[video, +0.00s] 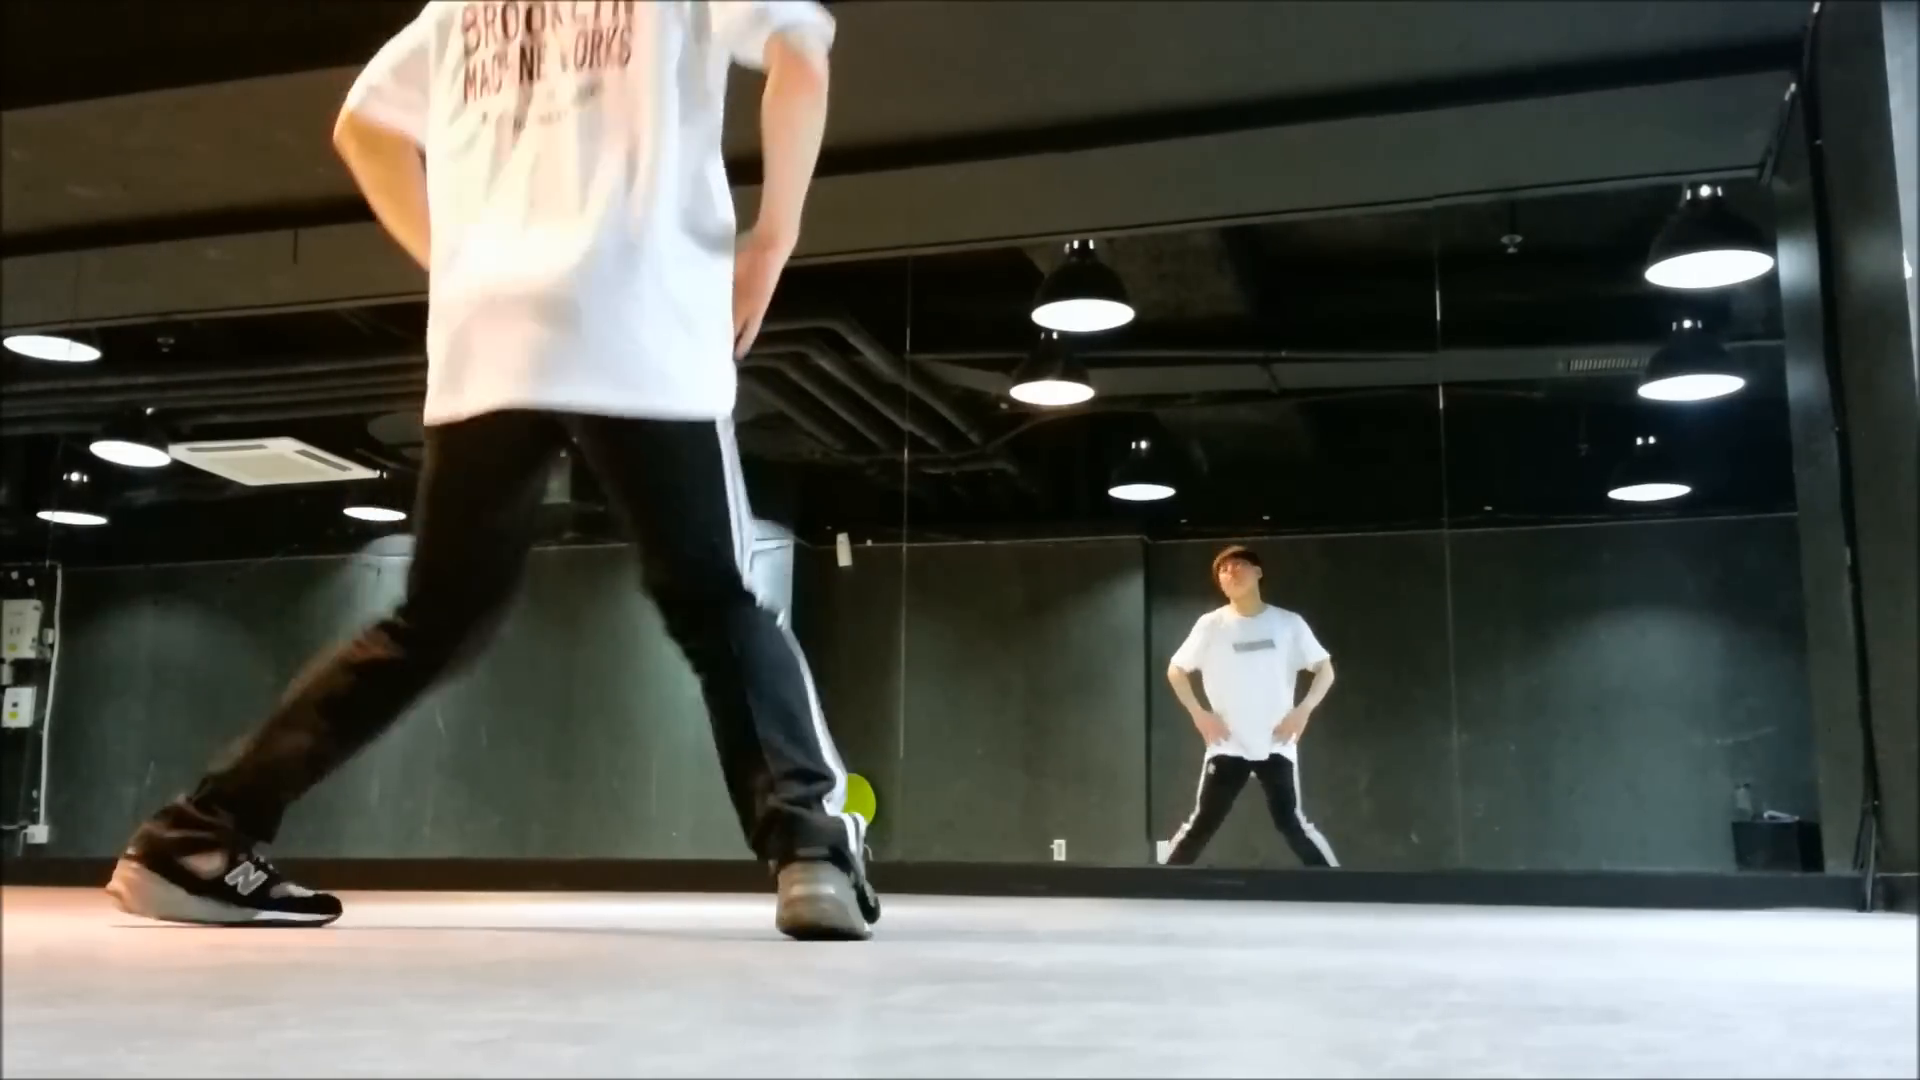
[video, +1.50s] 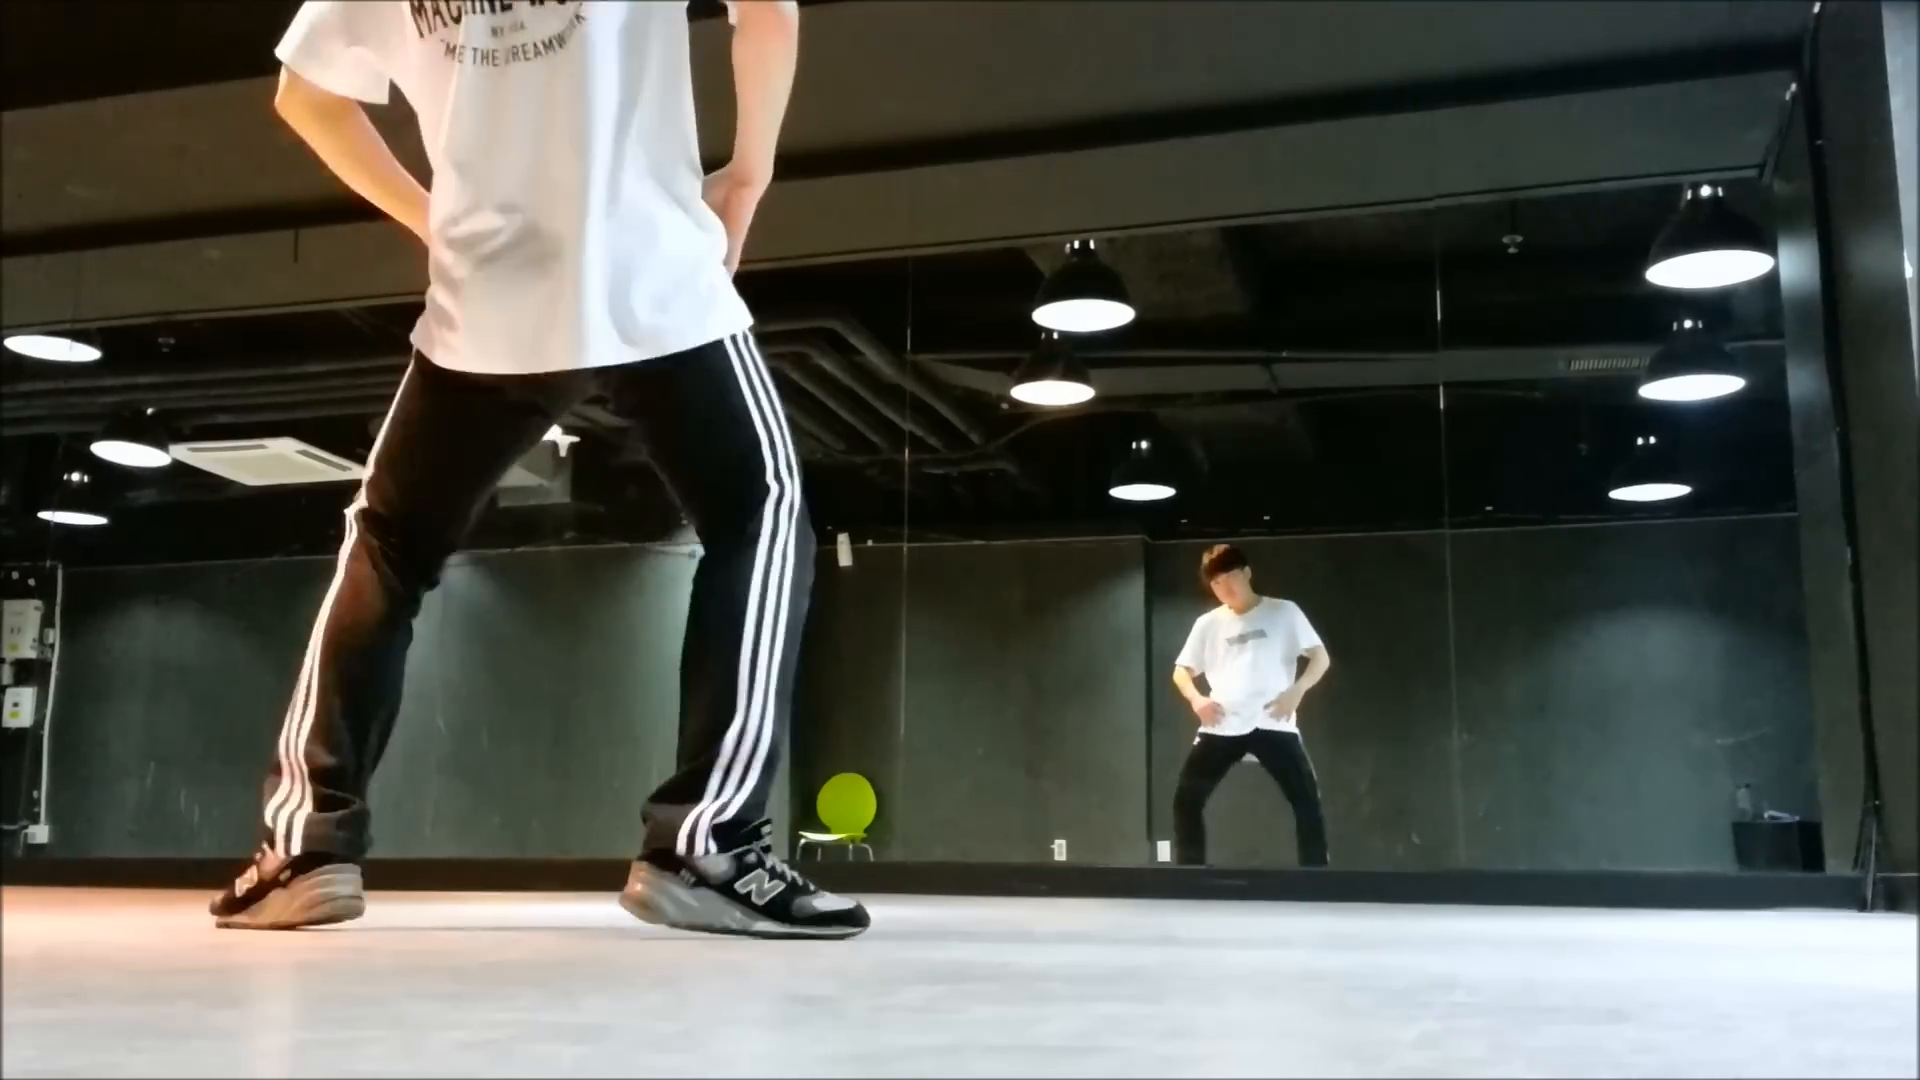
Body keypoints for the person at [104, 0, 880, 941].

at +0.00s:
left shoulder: (462, 11)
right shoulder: (695, 4)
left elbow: (368, 121)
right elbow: (801, 48)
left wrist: (460, 261)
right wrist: (774, 238)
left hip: (486, 308)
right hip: (647, 305)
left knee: (436, 618)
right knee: (717, 605)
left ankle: (197, 836)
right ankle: (815, 855)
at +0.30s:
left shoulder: (447, 6)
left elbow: (347, 141)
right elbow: (801, 92)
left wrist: (448, 263)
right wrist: (755, 262)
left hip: (486, 322)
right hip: (651, 311)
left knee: (445, 614)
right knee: (754, 604)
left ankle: (249, 838)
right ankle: (753, 837)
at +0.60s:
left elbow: (351, 91)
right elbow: (776, 13)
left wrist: (457, 220)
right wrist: (758, 186)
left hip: (494, 304)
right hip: (664, 283)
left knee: (391, 560)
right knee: (801, 523)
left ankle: (306, 838)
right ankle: (723, 845)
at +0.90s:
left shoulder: (432, 6)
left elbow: (338, 89)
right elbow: (788, 5)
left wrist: (431, 222)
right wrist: (760, 177)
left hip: (472, 264)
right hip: (646, 259)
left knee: (397, 566)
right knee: (759, 548)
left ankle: (192, 821)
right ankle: (777, 848)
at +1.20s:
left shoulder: (416, 9)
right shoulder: (682, 3)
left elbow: (319, 159)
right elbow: (774, 102)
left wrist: (429, 287)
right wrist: (730, 275)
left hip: (463, 341)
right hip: (624, 338)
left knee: (447, 640)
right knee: (681, 628)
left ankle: (186, 845)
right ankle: (757, 851)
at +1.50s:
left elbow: (306, 92)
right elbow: (766, 11)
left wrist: (431, 216)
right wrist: (746, 174)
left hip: (485, 280)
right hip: (654, 267)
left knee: (386, 549)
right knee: (761, 515)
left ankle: (307, 840)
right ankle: (706, 843)